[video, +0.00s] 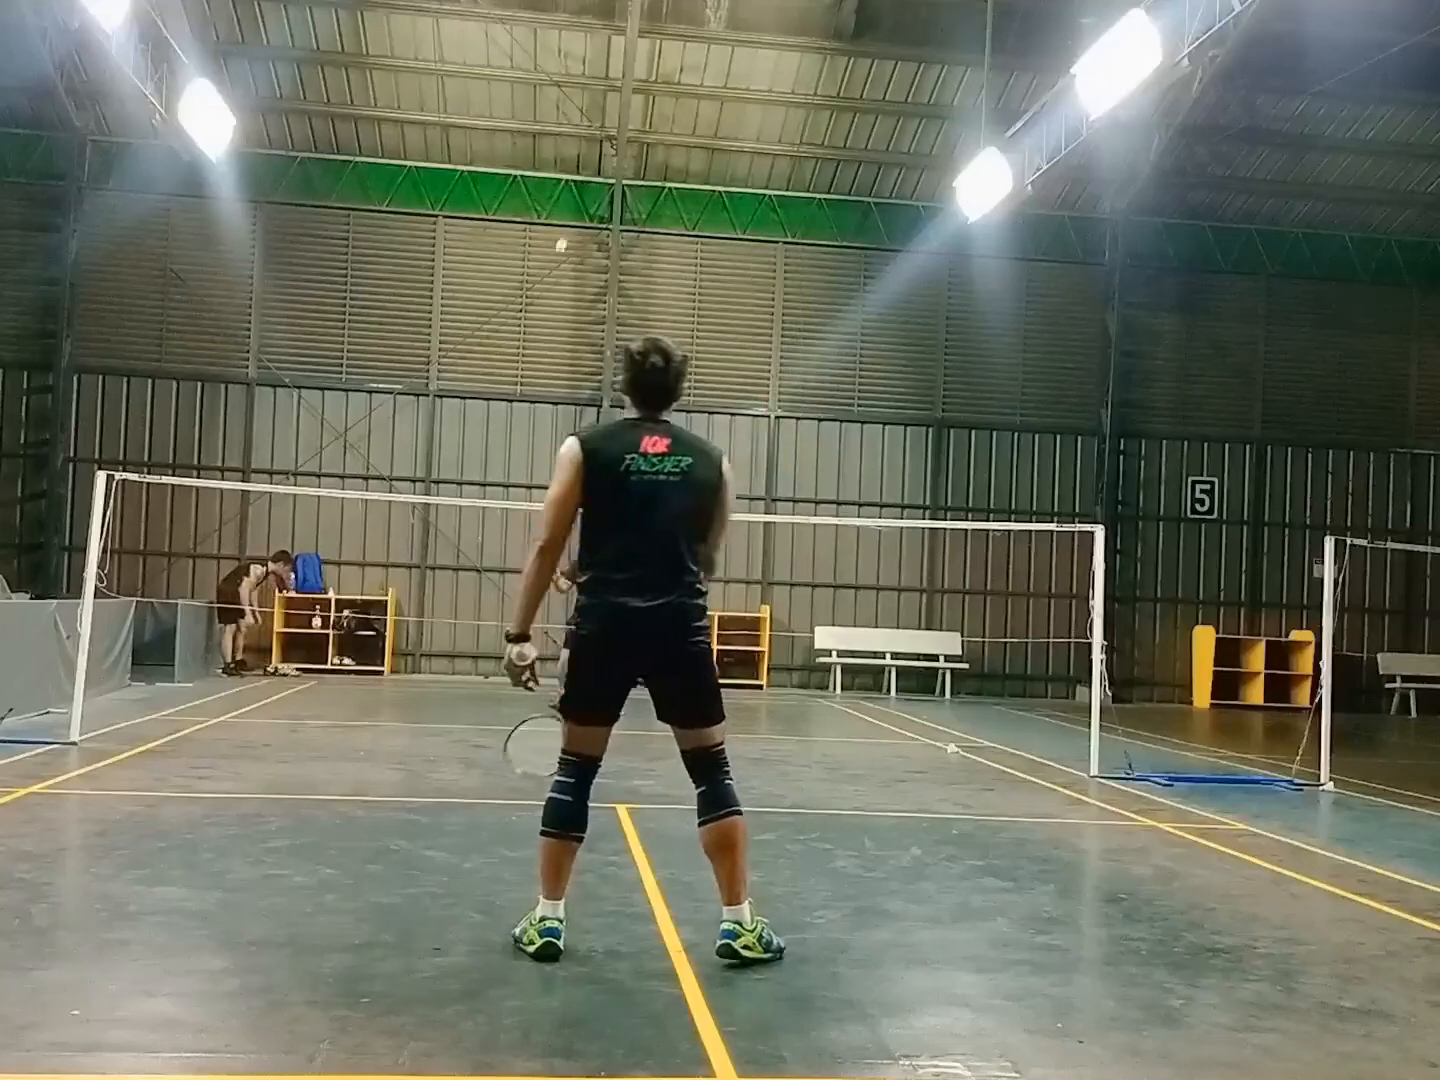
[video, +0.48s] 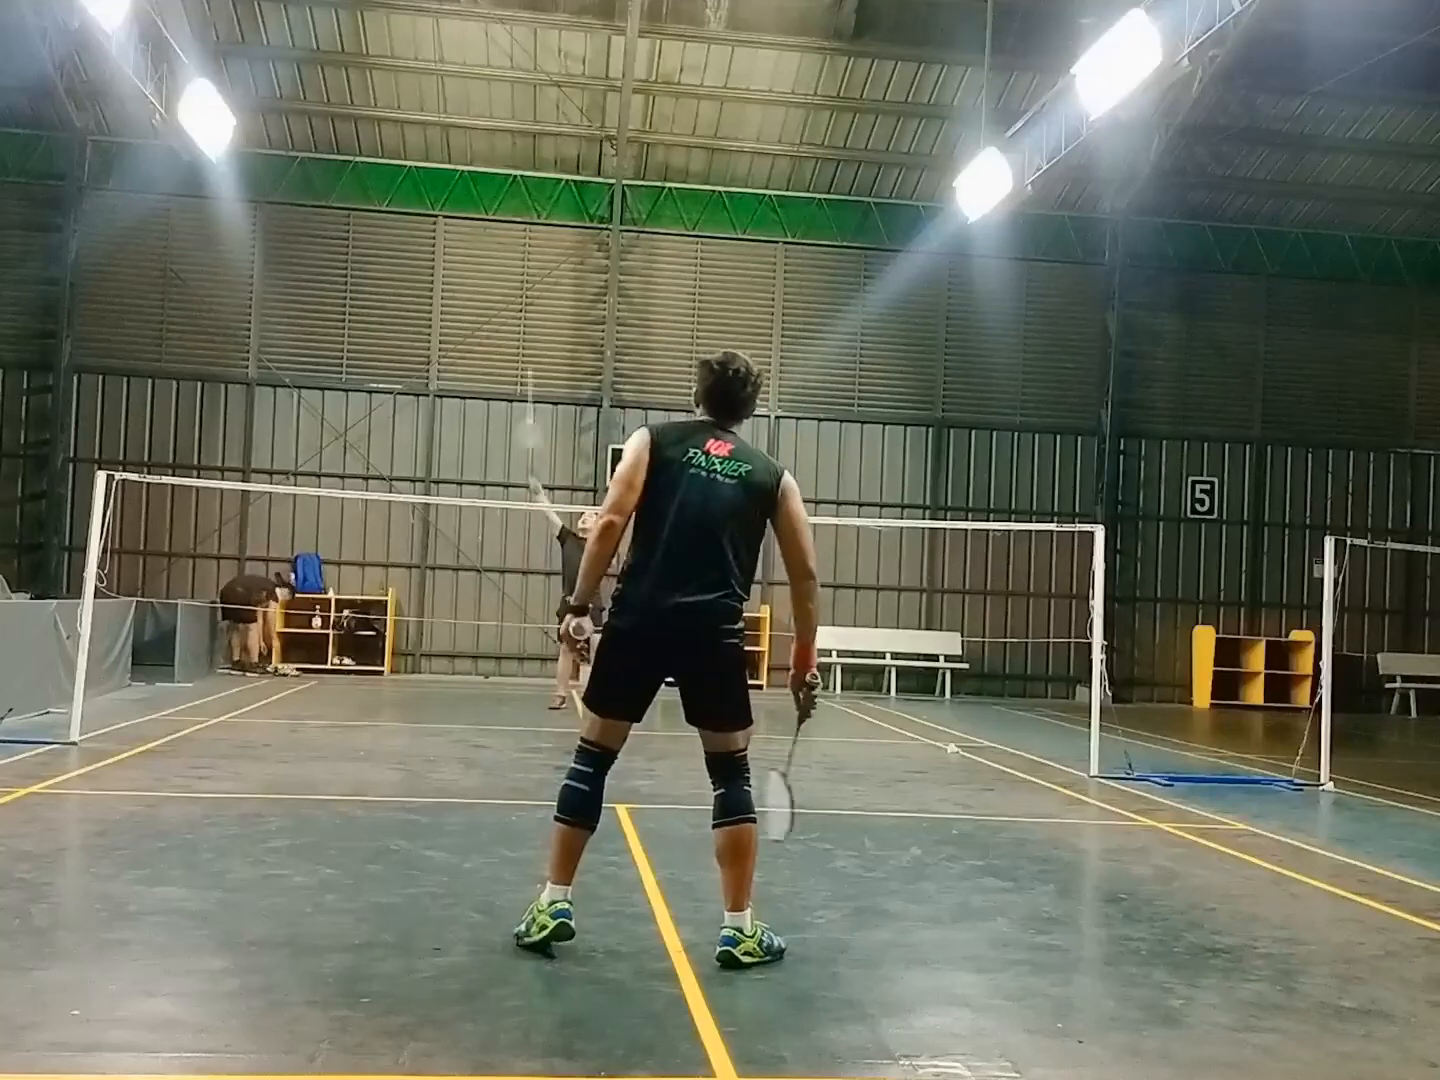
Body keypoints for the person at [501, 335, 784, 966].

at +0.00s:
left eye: (629, 380)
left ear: (622, 388)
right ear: (677, 393)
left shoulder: (586, 447)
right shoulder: (710, 460)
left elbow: (549, 546)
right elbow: (708, 552)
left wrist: (519, 632)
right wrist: (596, 570)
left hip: (602, 631)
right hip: (679, 634)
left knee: (576, 767)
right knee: (711, 768)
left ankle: (548, 916)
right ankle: (739, 920)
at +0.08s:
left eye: (644, 381)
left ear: (636, 390)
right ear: (690, 396)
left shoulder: (597, 449)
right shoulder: (720, 462)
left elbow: (563, 546)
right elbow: (725, 566)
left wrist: (533, 633)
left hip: (610, 629)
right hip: (687, 632)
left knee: (582, 767)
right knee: (716, 769)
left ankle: (549, 915)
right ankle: (737, 923)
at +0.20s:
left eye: (673, 389)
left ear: (666, 396)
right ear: (719, 403)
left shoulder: (623, 448)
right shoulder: (749, 470)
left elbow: (599, 534)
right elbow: (765, 570)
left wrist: (566, 626)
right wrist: (750, 633)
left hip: (628, 633)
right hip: (706, 638)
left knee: (590, 766)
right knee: (728, 772)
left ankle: (551, 912)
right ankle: (740, 926)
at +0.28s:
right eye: (726, 394)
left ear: (678, 395)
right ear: (731, 403)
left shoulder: (635, 446)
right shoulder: (760, 472)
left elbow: (610, 530)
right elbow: (782, 573)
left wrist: (577, 622)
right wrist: (769, 649)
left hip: (633, 633)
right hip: (712, 641)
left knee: (589, 762)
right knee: (732, 774)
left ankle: (550, 906)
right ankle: (739, 926)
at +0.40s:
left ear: (692, 398)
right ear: (744, 406)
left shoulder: (647, 442)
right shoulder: (771, 474)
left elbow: (617, 522)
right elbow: (798, 571)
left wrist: (586, 614)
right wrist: (796, 658)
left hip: (635, 629)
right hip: (716, 638)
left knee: (590, 758)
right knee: (732, 774)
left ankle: (552, 901)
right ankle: (739, 926)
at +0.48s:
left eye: (700, 393)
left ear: (697, 399)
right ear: (749, 408)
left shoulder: (649, 441)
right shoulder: (773, 475)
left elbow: (611, 520)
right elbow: (803, 571)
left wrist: (580, 605)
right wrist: (805, 650)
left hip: (635, 628)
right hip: (715, 639)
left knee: (592, 758)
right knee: (730, 772)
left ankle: (553, 902)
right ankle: (739, 926)